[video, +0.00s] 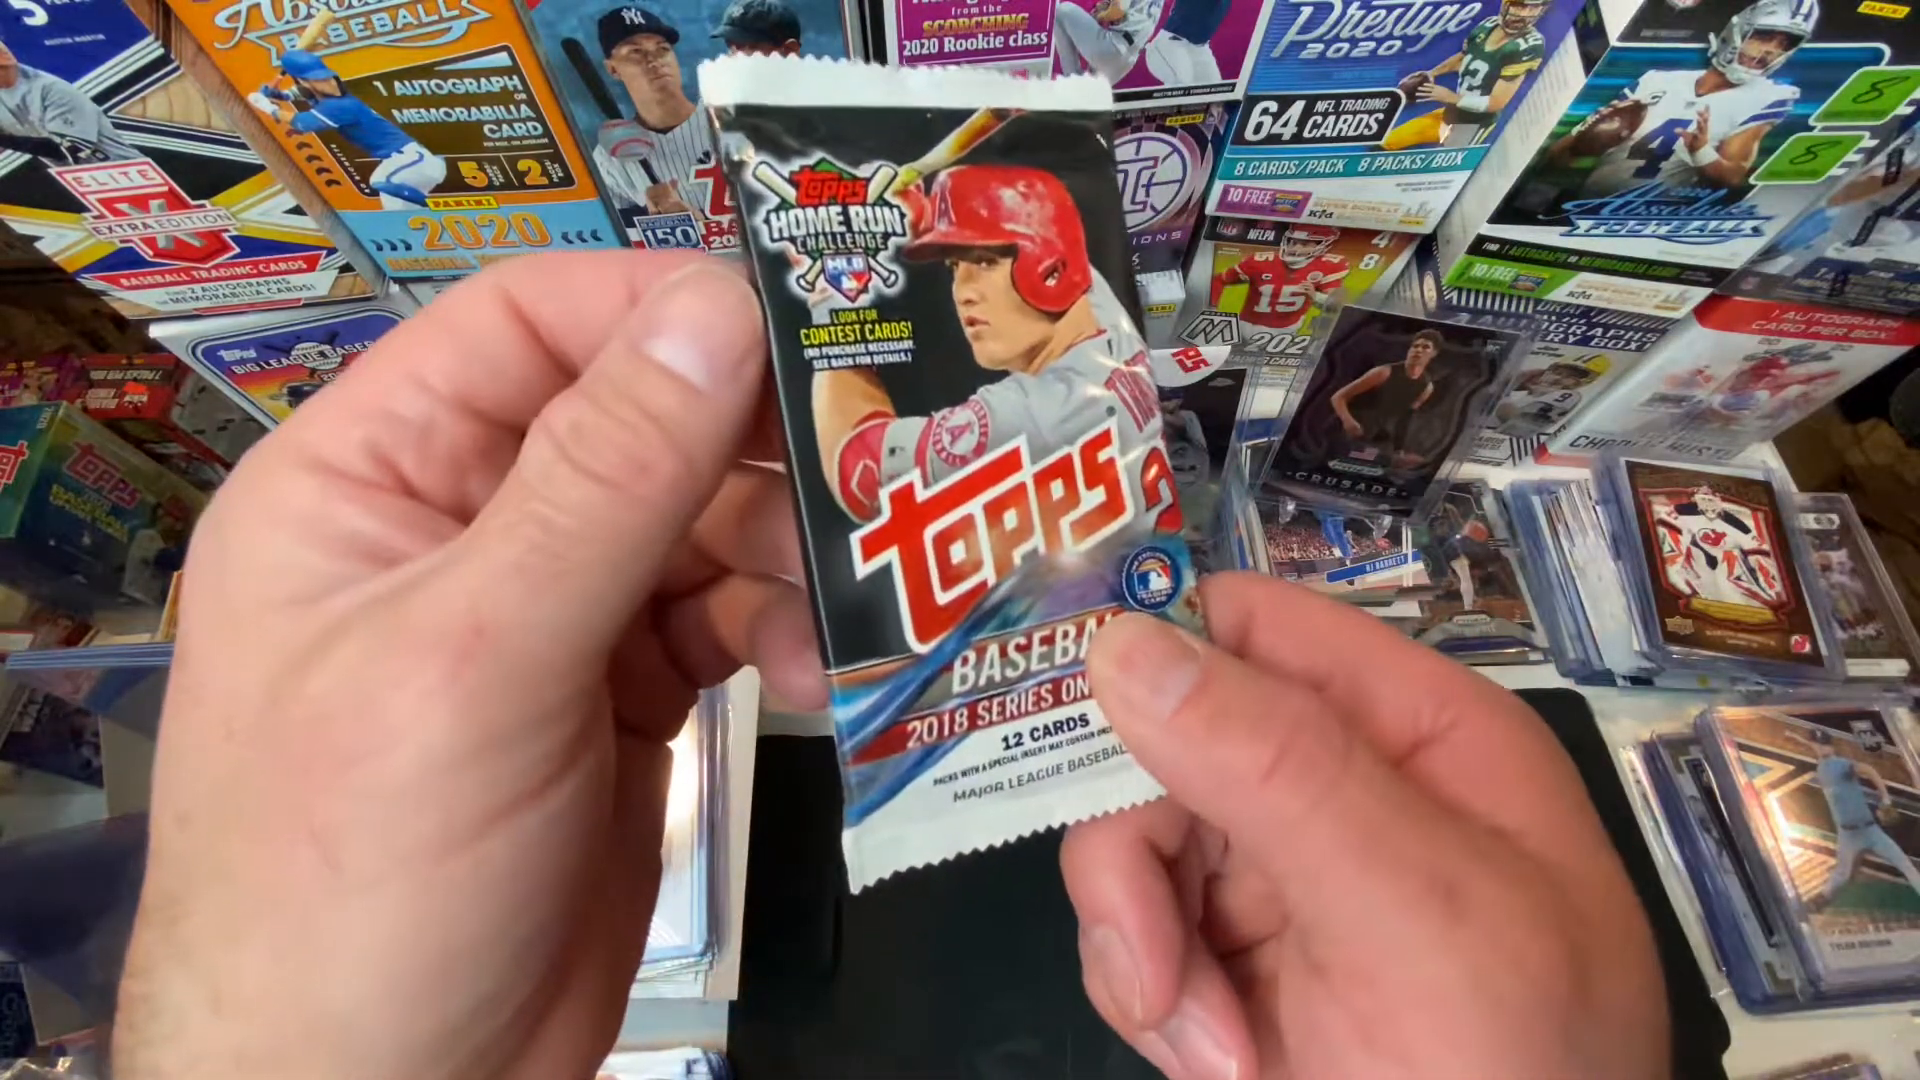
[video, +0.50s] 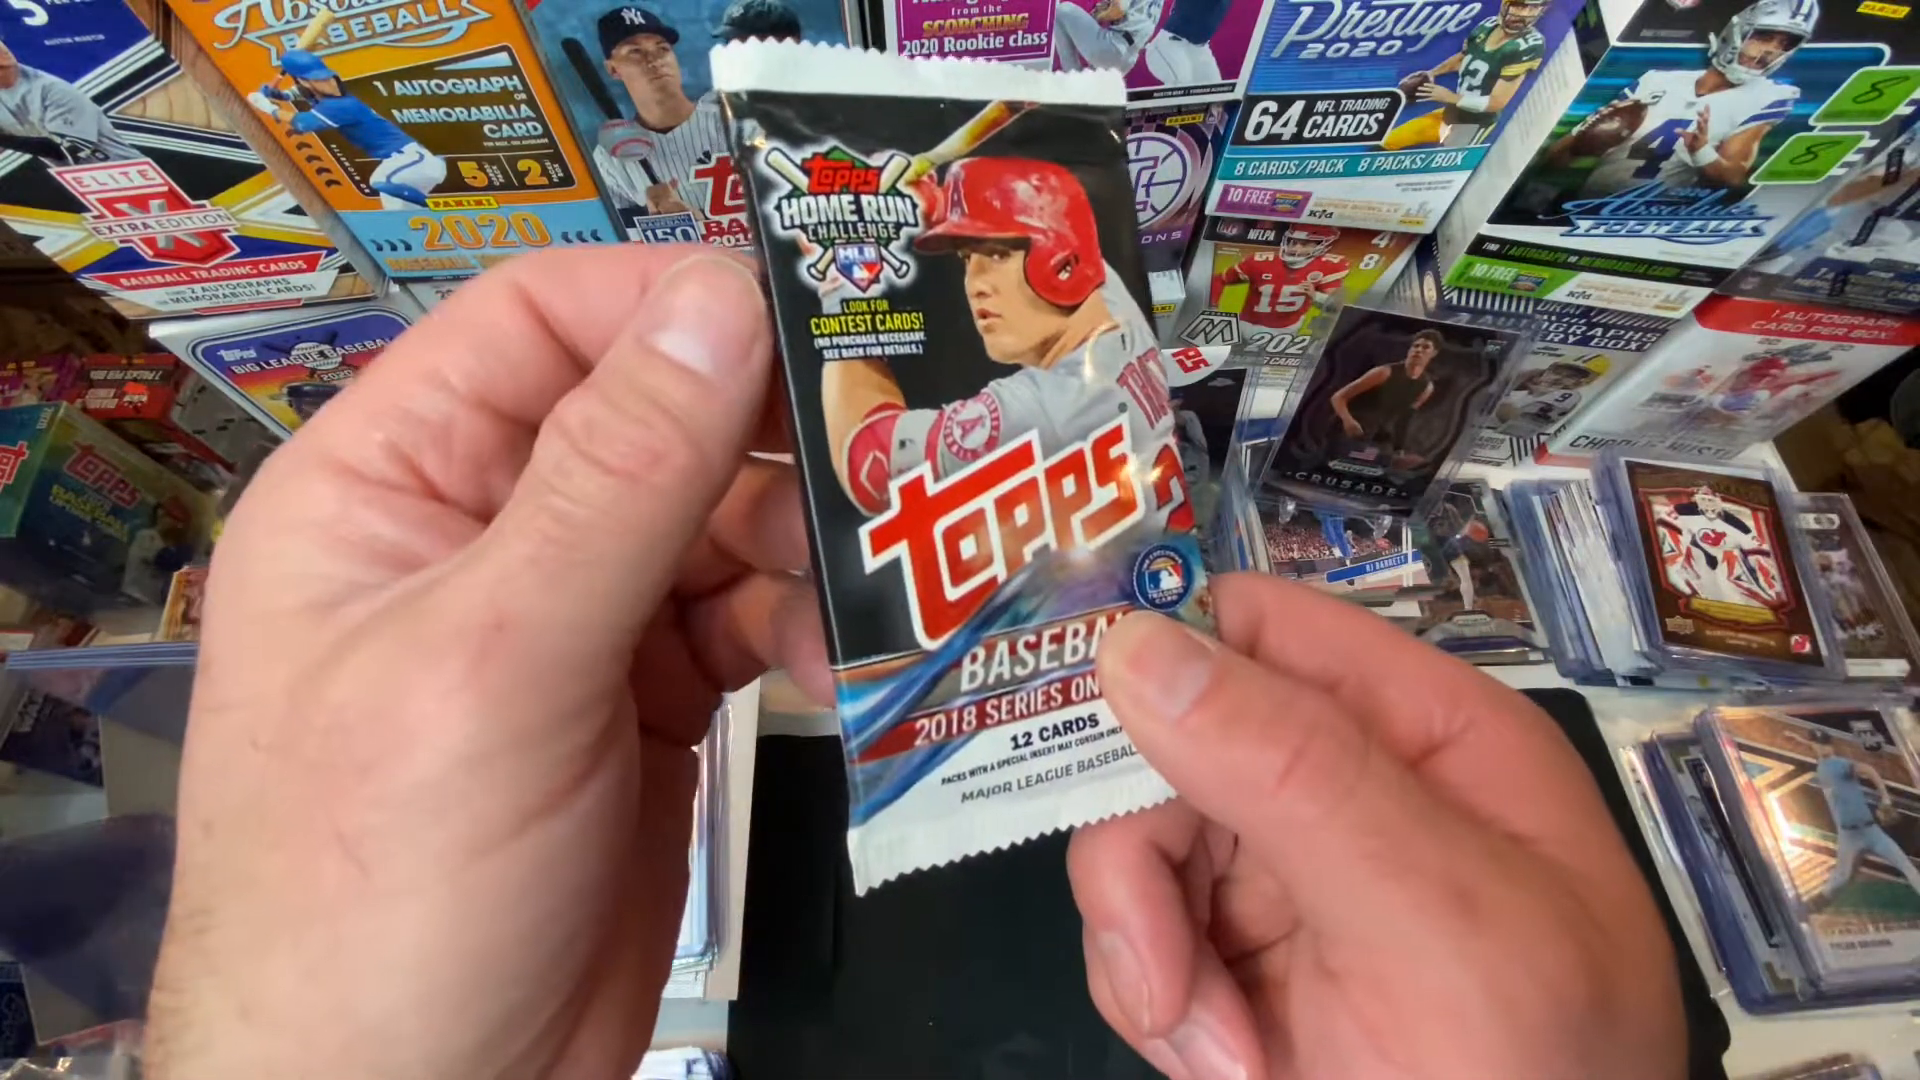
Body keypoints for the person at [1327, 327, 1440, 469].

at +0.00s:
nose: (1418, 351)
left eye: (1425, 347)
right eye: (1415, 346)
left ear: (1434, 354)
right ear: (1409, 349)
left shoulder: (1426, 389)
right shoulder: (1384, 373)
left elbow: (1405, 417)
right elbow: (1338, 397)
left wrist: (1399, 451)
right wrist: (1348, 421)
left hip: (1385, 442)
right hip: (1360, 435)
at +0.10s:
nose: (1419, 350)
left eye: (1426, 347)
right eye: (1416, 346)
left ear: (1434, 354)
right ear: (1409, 349)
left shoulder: (1426, 388)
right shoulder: (1384, 373)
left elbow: (1405, 417)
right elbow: (1338, 398)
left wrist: (1399, 451)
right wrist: (1348, 420)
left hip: (1383, 439)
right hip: (1355, 432)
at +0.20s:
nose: (1419, 350)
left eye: (1425, 347)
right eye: (1416, 346)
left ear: (1434, 354)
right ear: (1409, 349)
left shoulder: (1426, 388)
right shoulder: (1384, 373)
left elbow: (1405, 417)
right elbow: (1338, 398)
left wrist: (1399, 451)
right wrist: (1348, 421)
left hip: (1383, 440)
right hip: (1357, 433)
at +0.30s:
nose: (1419, 350)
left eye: (1426, 347)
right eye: (1416, 346)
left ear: (1434, 353)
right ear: (1409, 349)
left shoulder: (1426, 388)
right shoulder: (1384, 373)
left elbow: (1404, 417)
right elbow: (1338, 398)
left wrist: (1399, 451)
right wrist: (1348, 420)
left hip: (1383, 440)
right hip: (1356, 432)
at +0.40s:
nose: (1419, 350)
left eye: (1425, 347)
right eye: (1416, 346)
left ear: (1434, 354)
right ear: (1409, 349)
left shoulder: (1426, 388)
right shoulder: (1384, 373)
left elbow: (1405, 417)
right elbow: (1338, 398)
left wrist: (1399, 451)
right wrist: (1348, 421)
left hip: (1384, 441)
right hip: (1357, 433)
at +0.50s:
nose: (1418, 350)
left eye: (1425, 347)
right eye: (1416, 346)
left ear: (1434, 354)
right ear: (1409, 349)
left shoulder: (1426, 388)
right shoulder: (1384, 373)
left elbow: (1405, 417)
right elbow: (1338, 398)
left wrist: (1399, 451)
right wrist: (1348, 421)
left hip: (1384, 441)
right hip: (1357, 433)